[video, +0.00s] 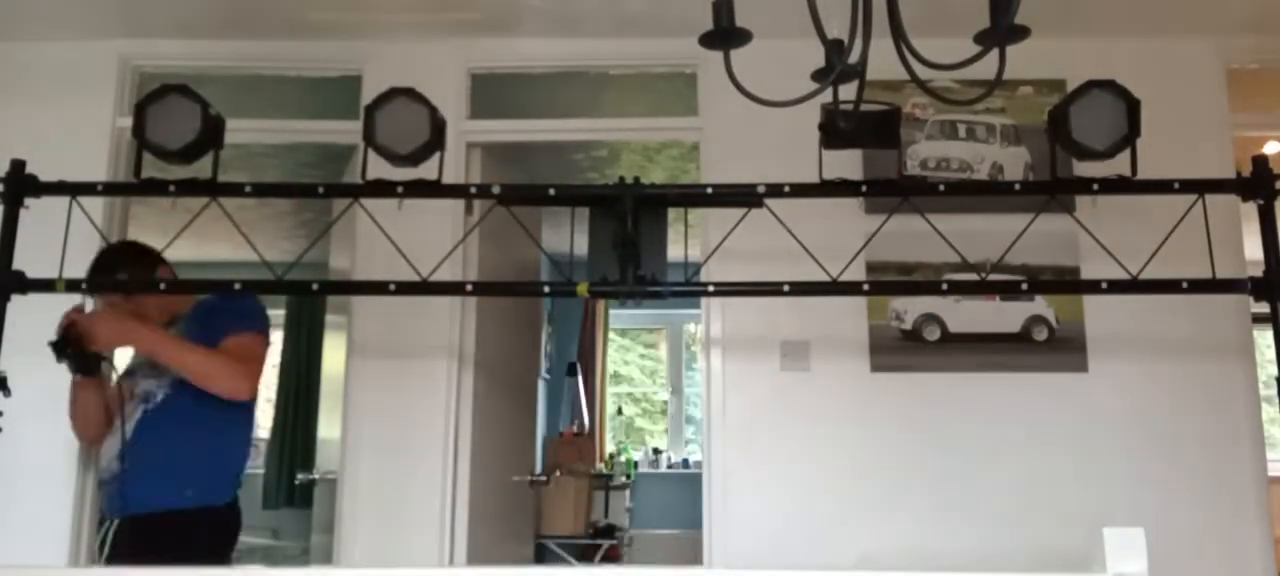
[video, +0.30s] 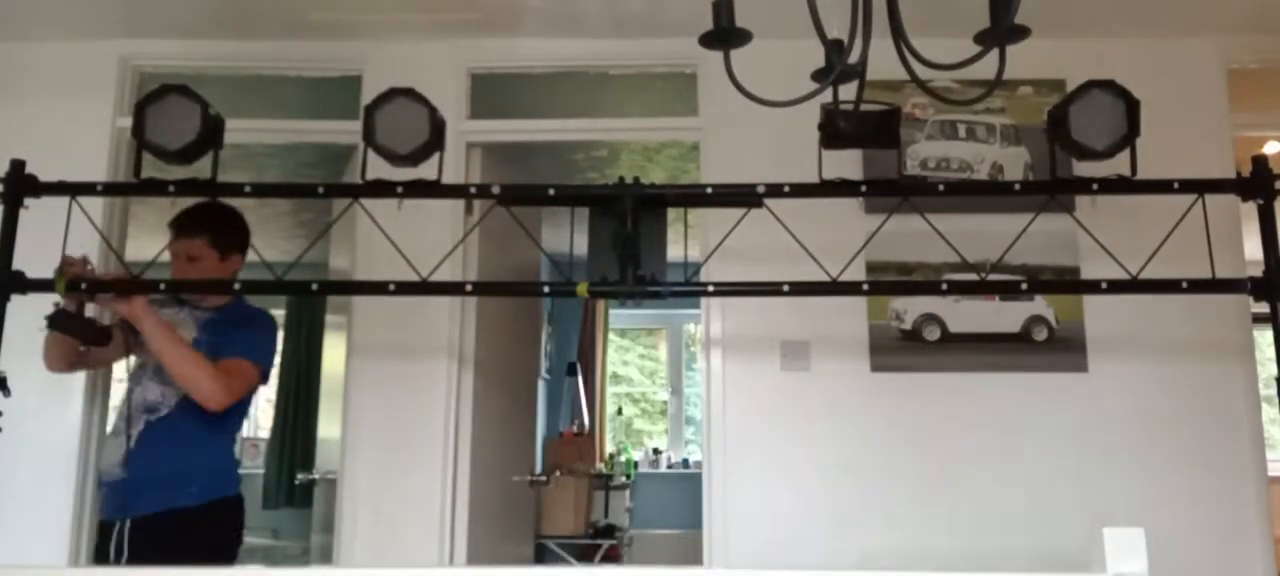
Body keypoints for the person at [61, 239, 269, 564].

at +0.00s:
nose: (124, 323)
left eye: (120, 308)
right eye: (115, 312)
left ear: (161, 281)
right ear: (163, 281)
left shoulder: (234, 308)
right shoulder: (159, 343)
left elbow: (240, 382)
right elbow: (92, 430)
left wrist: (132, 333)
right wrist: (86, 357)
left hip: (193, 521)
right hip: (132, 522)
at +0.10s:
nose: (194, 278)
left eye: (211, 272)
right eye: (191, 263)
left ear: (244, 274)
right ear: (186, 251)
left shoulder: (260, 321)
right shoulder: (156, 309)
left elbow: (231, 404)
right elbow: (62, 377)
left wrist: (137, 341)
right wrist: (83, 304)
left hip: (210, 517)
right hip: (131, 514)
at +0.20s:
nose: (158, 267)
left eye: (173, 254)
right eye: (154, 254)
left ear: (214, 259)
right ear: (149, 253)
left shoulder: (230, 324)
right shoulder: (153, 316)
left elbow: (165, 415)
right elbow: (91, 403)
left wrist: (110, 338)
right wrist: (75, 339)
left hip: (192, 516)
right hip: (131, 514)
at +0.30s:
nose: (178, 270)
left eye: (192, 259)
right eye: (174, 257)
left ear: (232, 264)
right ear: (167, 254)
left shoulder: (252, 324)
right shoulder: (159, 313)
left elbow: (217, 393)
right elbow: (61, 360)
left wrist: (141, 312)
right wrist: (74, 300)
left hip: (197, 511)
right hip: (126, 509)